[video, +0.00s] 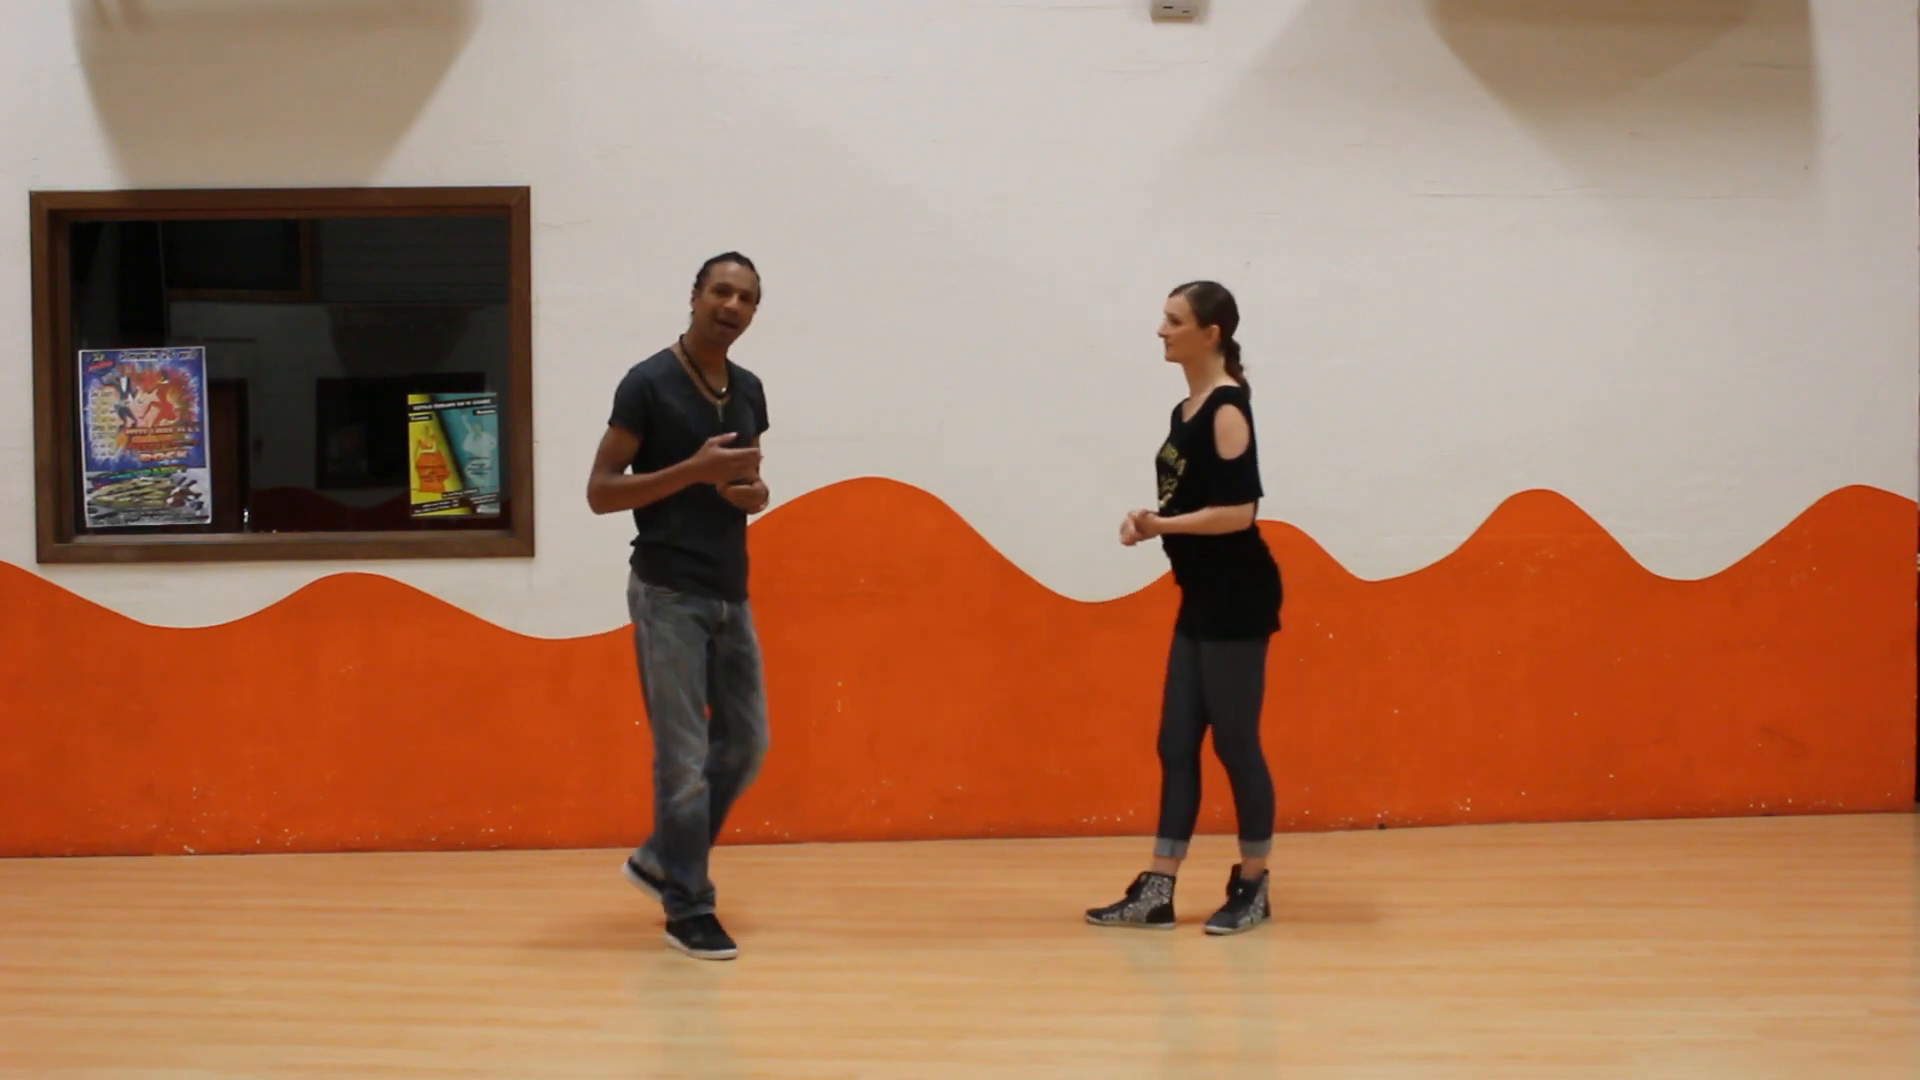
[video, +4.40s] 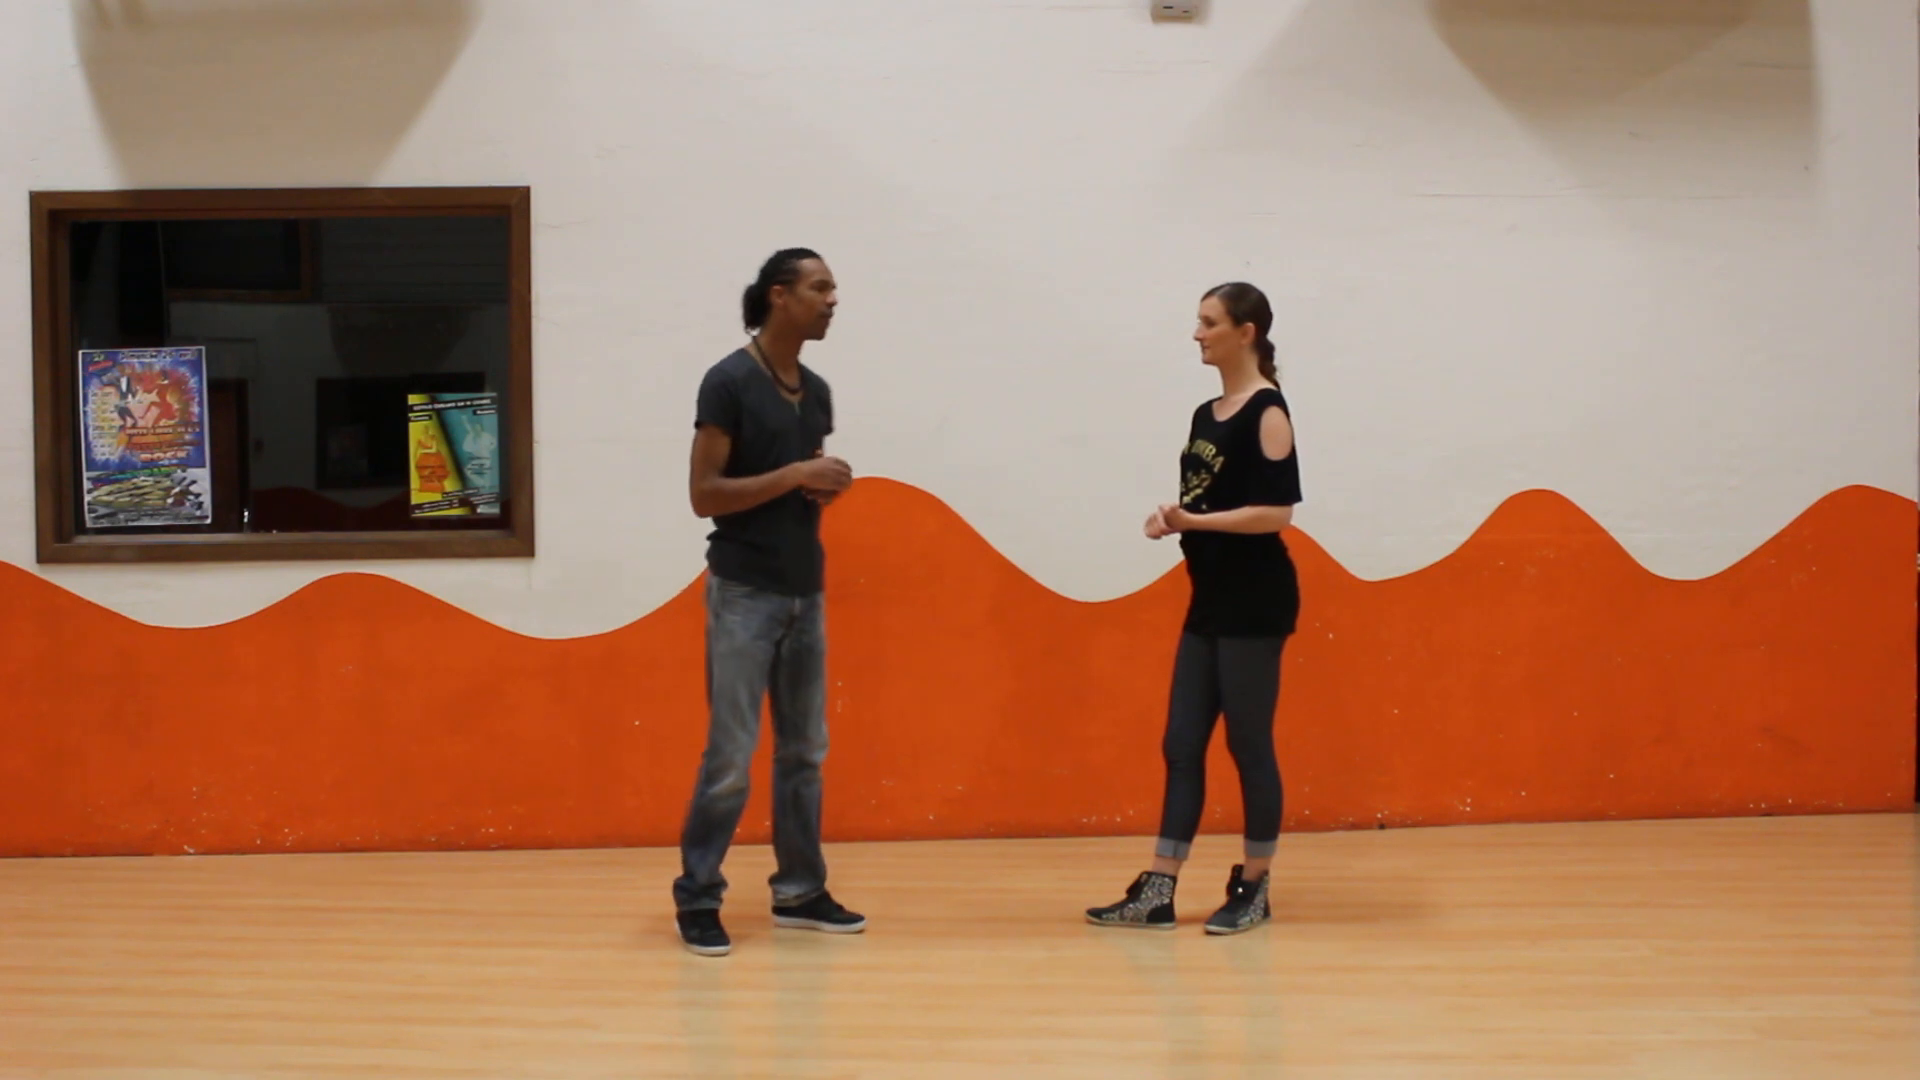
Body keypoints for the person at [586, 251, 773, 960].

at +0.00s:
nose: (734, 305)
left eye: (747, 298)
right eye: (723, 291)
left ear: (754, 314)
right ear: (693, 298)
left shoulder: (747, 392)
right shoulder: (647, 384)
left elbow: (754, 490)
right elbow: (600, 493)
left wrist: (750, 493)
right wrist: (695, 470)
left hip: (729, 594)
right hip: (667, 592)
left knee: (745, 742)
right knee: (682, 750)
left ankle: (662, 858)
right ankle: (690, 913)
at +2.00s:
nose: (765, 310)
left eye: (763, 299)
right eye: (753, 299)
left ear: (728, 309)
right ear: (711, 307)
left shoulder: (746, 395)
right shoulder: (655, 385)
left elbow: (759, 495)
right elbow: (619, 490)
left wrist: (746, 487)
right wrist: (707, 475)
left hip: (719, 590)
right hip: (663, 587)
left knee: (704, 743)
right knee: (672, 742)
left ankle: (684, 883)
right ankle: (670, 896)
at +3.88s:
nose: (781, 328)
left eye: (784, 315)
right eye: (773, 314)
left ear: (742, 313)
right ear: (730, 309)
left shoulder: (747, 384)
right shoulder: (673, 390)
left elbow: (723, 487)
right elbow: (660, 510)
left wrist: (761, 482)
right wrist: (744, 483)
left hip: (741, 592)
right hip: (683, 594)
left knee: (767, 742)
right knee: (692, 753)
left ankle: (779, 887)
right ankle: (694, 901)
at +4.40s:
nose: (833, 300)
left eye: (832, 290)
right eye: (820, 288)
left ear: (805, 303)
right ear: (776, 297)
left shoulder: (816, 392)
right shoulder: (727, 384)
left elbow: (802, 490)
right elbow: (704, 496)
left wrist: (829, 481)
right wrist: (793, 475)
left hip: (802, 591)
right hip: (743, 590)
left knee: (802, 747)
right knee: (733, 750)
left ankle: (800, 890)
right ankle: (697, 898)